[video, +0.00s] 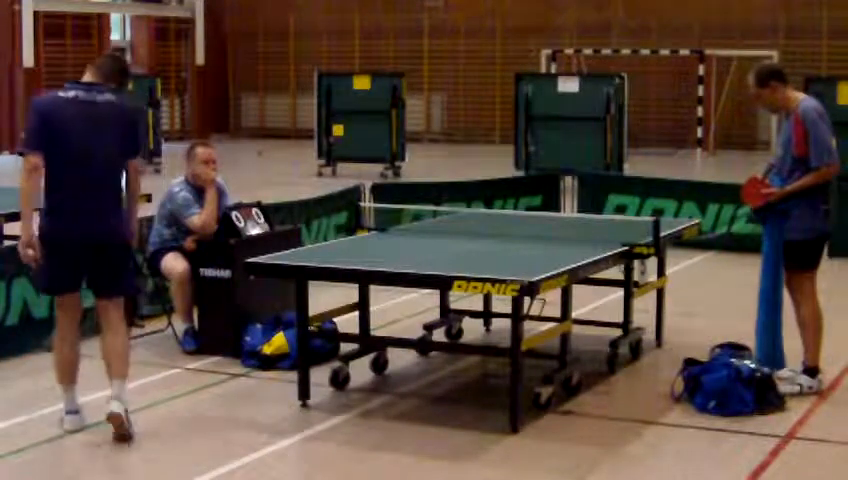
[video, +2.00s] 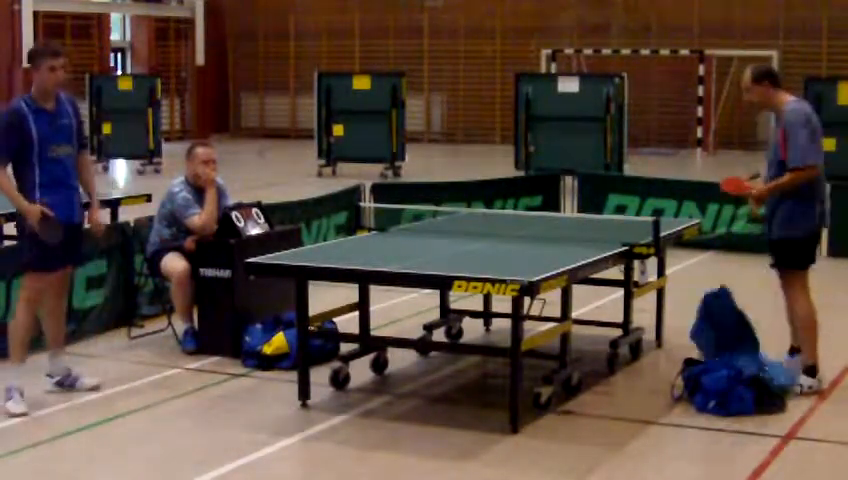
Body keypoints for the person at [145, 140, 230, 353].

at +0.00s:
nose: (212, 168)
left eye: (214, 163)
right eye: (206, 163)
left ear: (217, 164)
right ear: (190, 167)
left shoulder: (217, 187)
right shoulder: (178, 192)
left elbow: (224, 222)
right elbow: (205, 226)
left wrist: (196, 237)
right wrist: (211, 189)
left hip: (199, 240)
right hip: (166, 244)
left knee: (227, 262)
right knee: (181, 270)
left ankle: (221, 320)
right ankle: (188, 327)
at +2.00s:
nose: (211, 168)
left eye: (213, 163)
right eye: (205, 163)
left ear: (217, 165)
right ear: (190, 166)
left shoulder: (217, 187)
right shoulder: (178, 192)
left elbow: (225, 223)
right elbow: (205, 227)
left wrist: (197, 237)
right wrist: (211, 189)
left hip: (199, 241)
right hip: (166, 245)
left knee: (227, 263)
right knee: (181, 269)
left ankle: (222, 321)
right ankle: (188, 327)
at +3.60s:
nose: (204, 168)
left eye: (206, 162)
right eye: (198, 162)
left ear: (210, 164)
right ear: (184, 165)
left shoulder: (213, 188)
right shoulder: (169, 194)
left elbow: (224, 224)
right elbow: (187, 225)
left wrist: (198, 235)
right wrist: (202, 188)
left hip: (199, 241)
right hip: (165, 243)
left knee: (226, 259)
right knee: (183, 266)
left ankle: (223, 321)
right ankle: (189, 326)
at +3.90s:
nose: (194, 159)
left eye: (195, 153)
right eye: (187, 153)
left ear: (199, 158)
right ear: (171, 158)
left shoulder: (202, 184)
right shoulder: (163, 185)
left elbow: (219, 207)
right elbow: (165, 216)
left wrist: (217, 220)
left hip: (202, 240)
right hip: (173, 244)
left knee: (225, 262)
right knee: (184, 267)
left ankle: (222, 319)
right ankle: (188, 325)